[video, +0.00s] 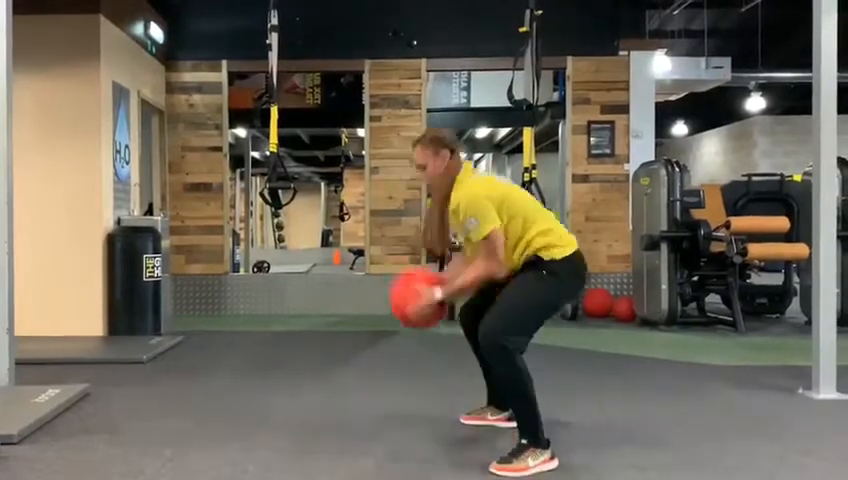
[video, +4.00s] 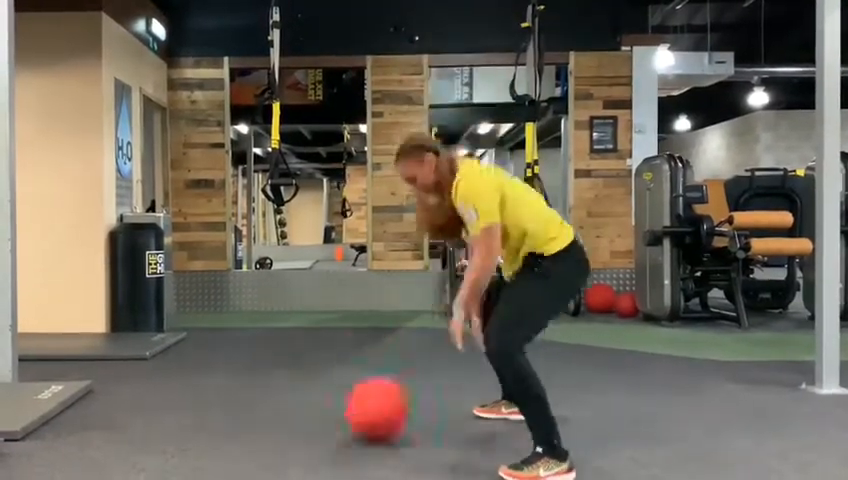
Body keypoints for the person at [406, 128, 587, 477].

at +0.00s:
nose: (422, 177)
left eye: (424, 167)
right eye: (419, 169)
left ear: (446, 158)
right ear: (444, 161)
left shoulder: (471, 194)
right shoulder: (460, 196)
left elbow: (494, 262)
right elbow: (466, 255)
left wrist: (444, 292)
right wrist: (437, 288)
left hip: (557, 264)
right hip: (534, 263)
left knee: (498, 337)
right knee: (474, 317)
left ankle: (536, 446)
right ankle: (502, 407)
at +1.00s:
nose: (430, 138)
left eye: (429, 128)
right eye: (426, 131)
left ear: (447, 111)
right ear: (446, 113)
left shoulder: (482, 134)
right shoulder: (470, 137)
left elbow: (485, 204)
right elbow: (468, 201)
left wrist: (438, 247)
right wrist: (440, 243)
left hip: (548, 235)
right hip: (528, 237)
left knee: (509, 324)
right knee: (495, 317)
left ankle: (541, 445)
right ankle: (512, 403)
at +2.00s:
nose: (385, 326)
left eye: (380, 320)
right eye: (378, 322)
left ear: (389, 301)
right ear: (392, 292)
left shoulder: (443, 304)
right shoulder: (432, 297)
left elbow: (456, 377)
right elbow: (448, 366)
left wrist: (451, 446)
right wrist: (440, 416)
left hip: (554, 343)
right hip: (550, 339)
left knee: (636, 405)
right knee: (628, 388)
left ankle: (756, 411)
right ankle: (712, 390)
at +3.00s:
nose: (437, 123)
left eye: (439, 113)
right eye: (434, 115)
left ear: (464, 101)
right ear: (460, 104)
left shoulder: (487, 135)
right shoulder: (472, 137)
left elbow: (483, 204)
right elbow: (468, 199)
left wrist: (422, 209)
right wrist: (424, 214)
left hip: (533, 243)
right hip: (509, 244)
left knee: (486, 335)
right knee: (465, 316)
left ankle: (527, 448)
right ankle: (497, 407)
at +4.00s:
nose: (414, 187)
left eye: (413, 178)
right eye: (409, 182)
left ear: (431, 160)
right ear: (428, 163)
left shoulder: (472, 181)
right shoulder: (459, 183)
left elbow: (487, 251)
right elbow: (480, 246)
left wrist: (461, 307)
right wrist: (473, 302)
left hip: (558, 260)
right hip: (531, 260)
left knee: (502, 342)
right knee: (488, 317)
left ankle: (552, 453)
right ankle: (514, 399)